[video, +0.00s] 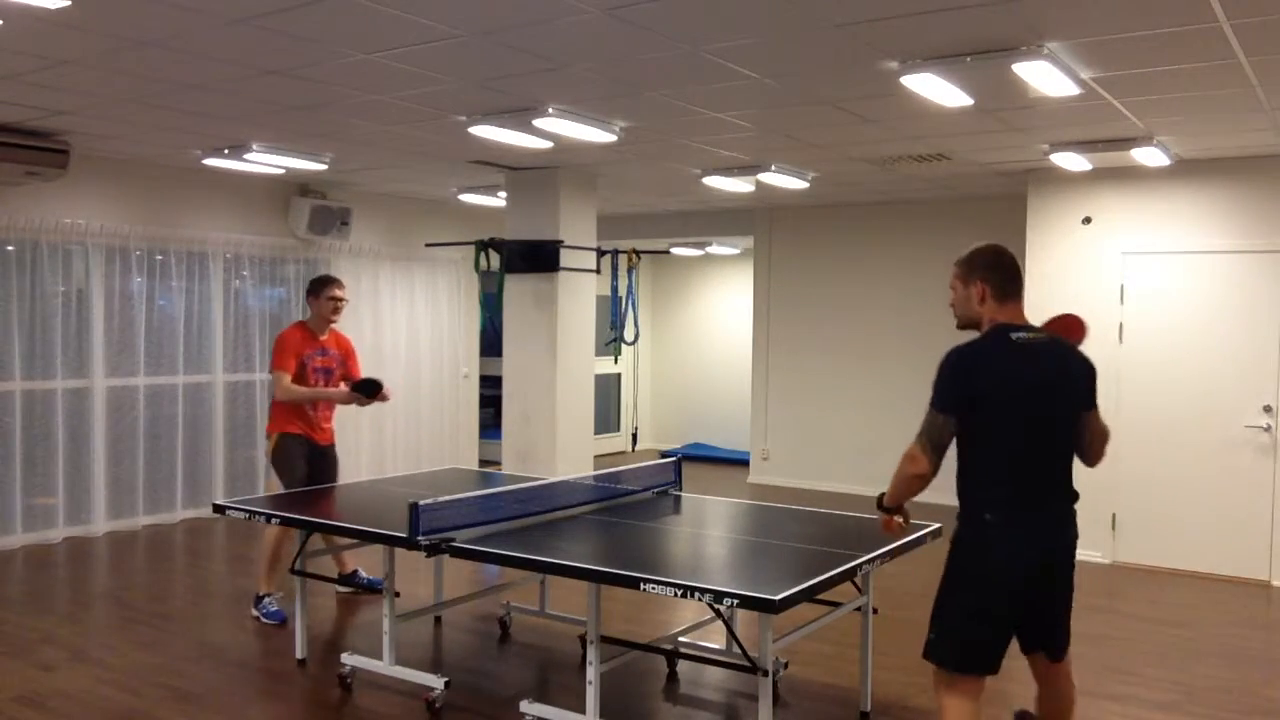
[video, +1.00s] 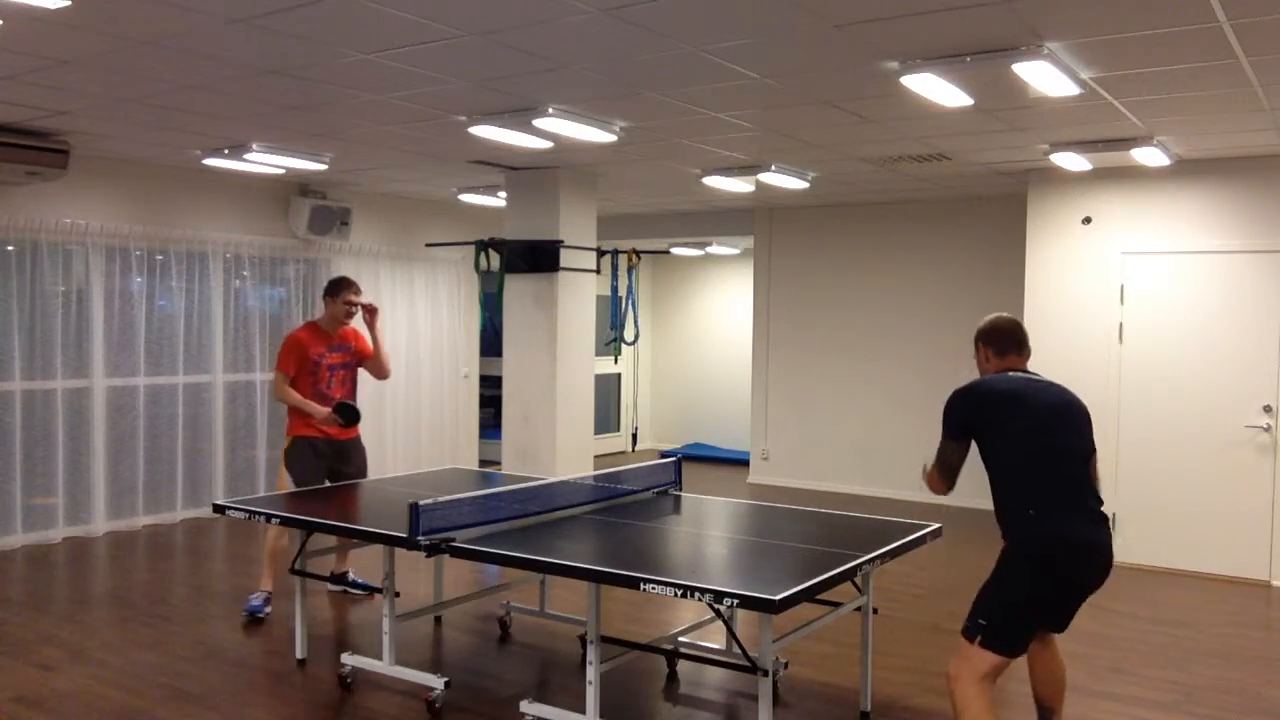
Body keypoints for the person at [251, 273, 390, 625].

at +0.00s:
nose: (339, 306)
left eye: (342, 301)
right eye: (333, 300)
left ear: (343, 306)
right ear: (312, 301)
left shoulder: (342, 343)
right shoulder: (290, 339)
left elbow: (352, 391)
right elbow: (281, 390)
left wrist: (372, 394)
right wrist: (331, 394)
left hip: (323, 436)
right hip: (289, 433)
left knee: (326, 509)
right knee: (290, 511)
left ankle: (347, 572)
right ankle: (264, 595)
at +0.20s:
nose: (332, 301)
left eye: (335, 296)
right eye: (325, 295)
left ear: (336, 301)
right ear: (305, 296)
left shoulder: (334, 341)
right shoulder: (281, 336)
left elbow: (329, 392)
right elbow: (263, 389)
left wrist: (353, 393)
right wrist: (299, 401)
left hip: (317, 434)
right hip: (282, 433)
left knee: (322, 509)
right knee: (276, 514)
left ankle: (330, 574)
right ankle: (263, 594)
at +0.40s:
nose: (331, 302)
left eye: (335, 297)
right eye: (325, 295)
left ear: (336, 301)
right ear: (305, 296)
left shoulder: (333, 339)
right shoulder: (280, 336)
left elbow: (339, 390)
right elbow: (250, 383)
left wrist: (360, 370)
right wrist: (287, 408)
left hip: (322, 436)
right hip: (285, 436)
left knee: (326, 511)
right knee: (273, 515)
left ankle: (331, 576)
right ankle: (264, 594)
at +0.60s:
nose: (338, 304)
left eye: (341, 299)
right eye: (332, 297)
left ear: (342, 303)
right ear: (312, 296)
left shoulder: (339, 337)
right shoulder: (289, 335)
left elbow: (369, 372)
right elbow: (260, 384)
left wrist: (362, 329)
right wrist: (300, 404)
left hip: (334, 437)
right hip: (298, 436)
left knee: (338, 508)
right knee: (282, 513)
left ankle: (339, 572)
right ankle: (264, 594)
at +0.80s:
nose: (348, 306)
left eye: (351, 301)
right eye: (342, 300)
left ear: (351, 305)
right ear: (322, 299)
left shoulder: (349, 336)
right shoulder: (298, 337)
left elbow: (378, 371)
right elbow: (277, 389)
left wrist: (369, 327)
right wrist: (314, 405)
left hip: (346, 437)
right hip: (308, 438)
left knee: (348, 507)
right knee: (289, 513)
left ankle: (340, 572)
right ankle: (268, 593)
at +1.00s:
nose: (354, 311)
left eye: (357, 306)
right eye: (349, 305)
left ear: (357, 307)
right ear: (328, 301)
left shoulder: (352, 337)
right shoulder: (300, 339)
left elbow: (382, 373)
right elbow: (279, 390)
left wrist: (373, 329)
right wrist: (319, 412)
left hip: (347, 440)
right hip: (306, 441)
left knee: (350, 508)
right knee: (286, 514)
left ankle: (341, 571)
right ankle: (265, 589)